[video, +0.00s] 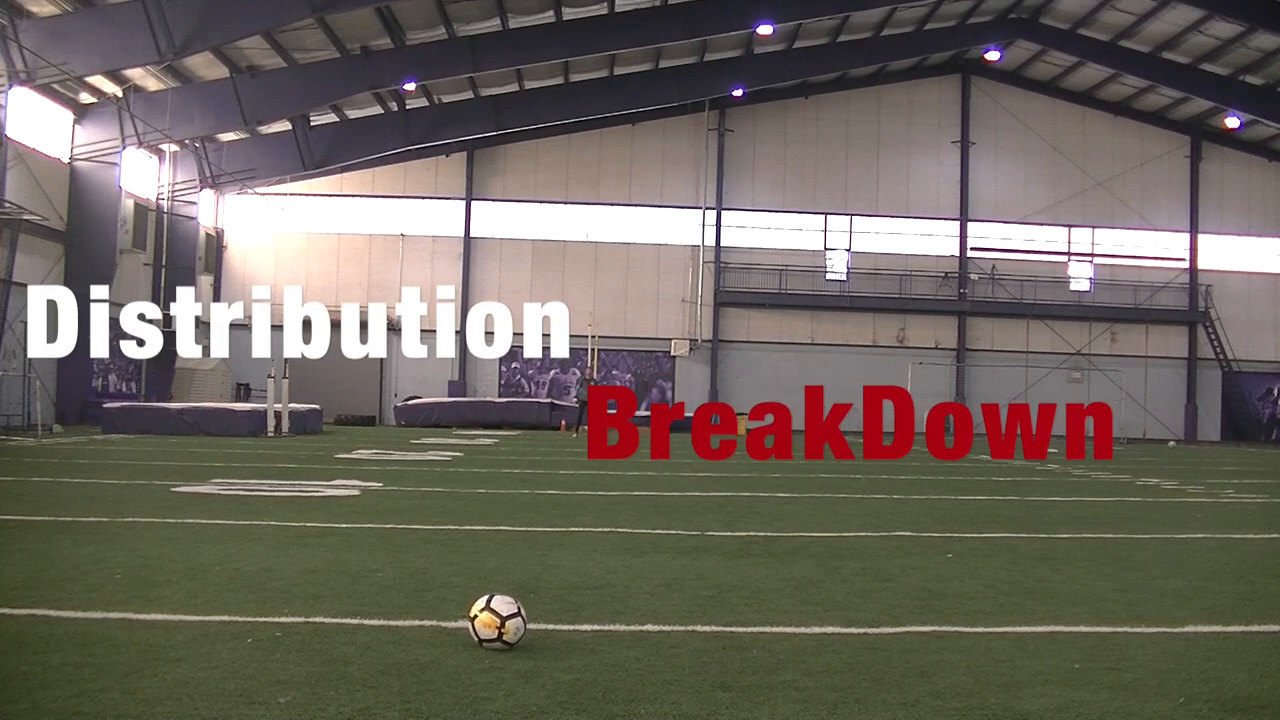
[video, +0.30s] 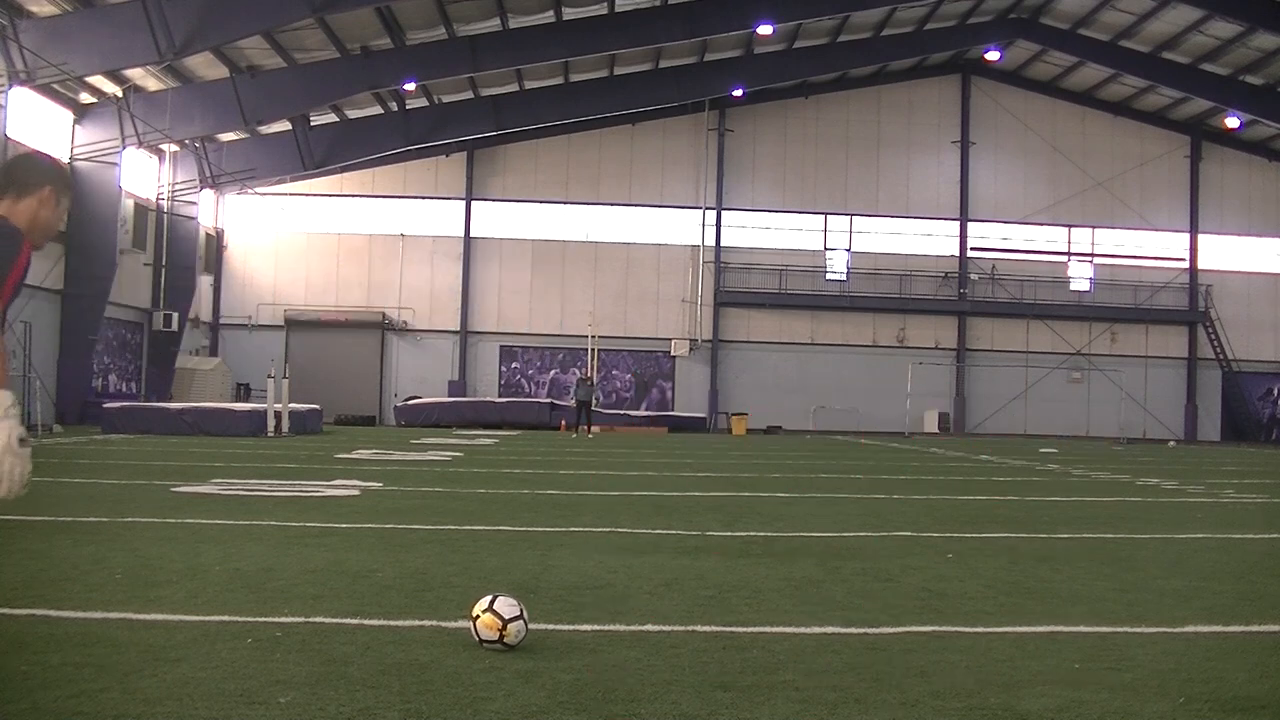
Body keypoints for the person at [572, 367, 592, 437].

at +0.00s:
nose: (589, 374)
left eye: (590, 373)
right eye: (587, 373)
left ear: (592, 373)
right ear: (585, 373)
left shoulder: (594, 381)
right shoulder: (581, 380)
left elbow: (596, 391)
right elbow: (577, 388)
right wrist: (576, 396)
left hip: (590, 400)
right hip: (582, 399)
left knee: (590, 416)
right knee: (580, 415)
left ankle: (591, 431)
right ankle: (576, 431)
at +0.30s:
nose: (584, 372)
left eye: (585, 371)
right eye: (583, 371)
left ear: (587, 372)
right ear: (581, 372)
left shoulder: (590, 380)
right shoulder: (578, 380)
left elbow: (592, 390)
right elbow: (575, 389)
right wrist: (574, 398)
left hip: (588, 400)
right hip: (579, 400)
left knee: (588, 417)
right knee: (578, 417)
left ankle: (589, 433)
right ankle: (576, 432)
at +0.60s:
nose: (582, 375)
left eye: (584, 373)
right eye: (581, 373)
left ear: (586, 373)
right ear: (579, 373)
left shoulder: (589, 381)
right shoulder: (576, 381)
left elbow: (593, 390)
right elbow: (572, 390)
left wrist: (594, 398)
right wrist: (569, 398)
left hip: (587, 400)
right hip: (578, 400)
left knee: (592, 416)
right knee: (577, 417)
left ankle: (593, 431)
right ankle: (575, 432)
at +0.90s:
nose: (583, 375)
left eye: (584, 373)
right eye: (582, 374)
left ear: (587, 374)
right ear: (580, 374)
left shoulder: (591, 381)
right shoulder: (578, 382)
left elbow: (596, 390)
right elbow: (574, 391)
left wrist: (597, 398)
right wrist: (571, 398)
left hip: (589, 401)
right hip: (580, 401)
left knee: (592, 416)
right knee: (578, 417)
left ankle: (595, 432)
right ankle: (575, 432)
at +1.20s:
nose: (585, 375)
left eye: (586, 374)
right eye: (584, 374)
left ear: (588, 374)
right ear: (582, 374)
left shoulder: (592, 381)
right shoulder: (579, 381)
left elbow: (596, 390)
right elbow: (577, 390)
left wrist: (597, 398)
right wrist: (575, 399)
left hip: (590, 401)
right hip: (582, 401)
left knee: (593, 416)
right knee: (579, 416)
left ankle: (595, 432)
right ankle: (576, 432)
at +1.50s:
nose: (585, 375)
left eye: (586, 373)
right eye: (584, 373)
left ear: (588, 374)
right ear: (582, 374)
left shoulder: (592, 381)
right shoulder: (580, 381)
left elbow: (596, 390)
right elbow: (576, 390)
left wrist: (597, 398)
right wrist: (575, 398)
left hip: (590, 401)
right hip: (582, 401)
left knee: (593, 417)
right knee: (578, 416)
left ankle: (595, 432)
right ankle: (576, 432)